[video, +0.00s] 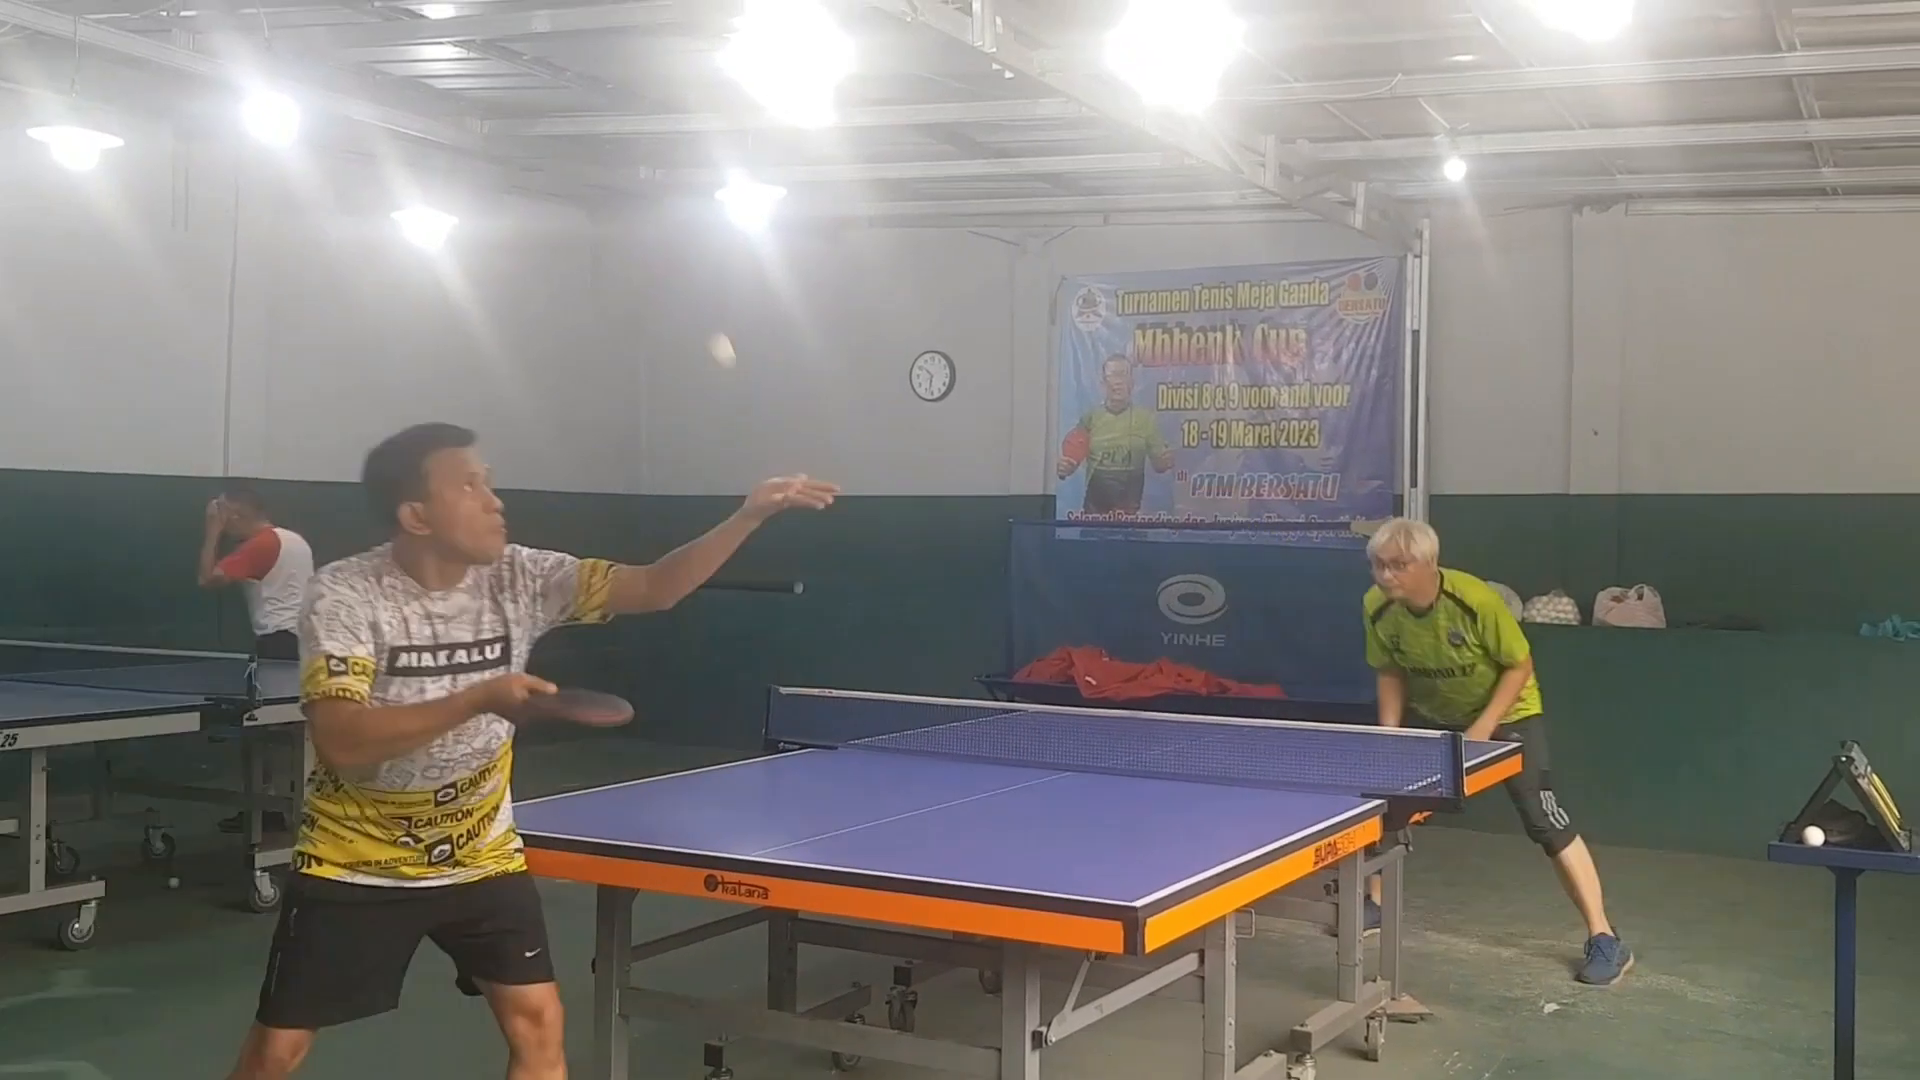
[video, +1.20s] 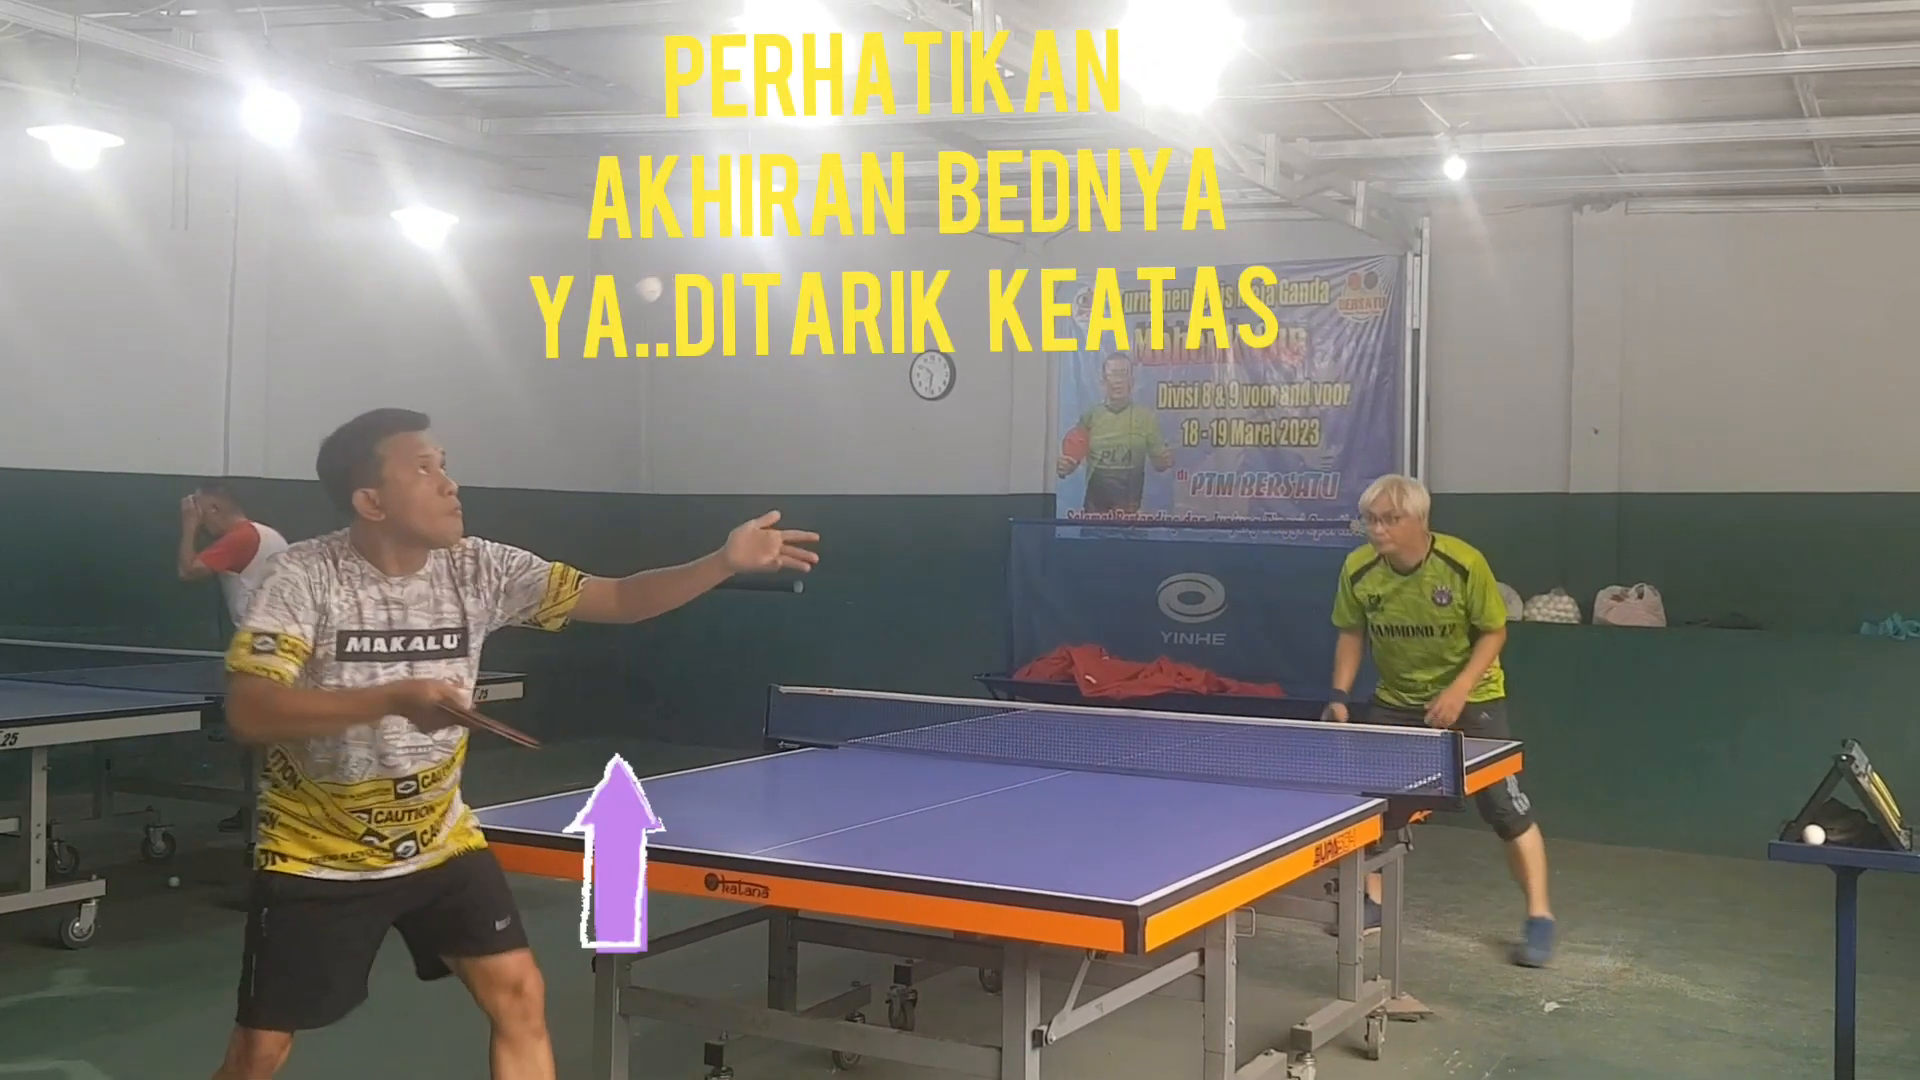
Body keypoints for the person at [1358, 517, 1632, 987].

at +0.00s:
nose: (1383, 576)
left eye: (1394, 566)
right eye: (1378, 566)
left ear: (1425, 565)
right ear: (1374, 567)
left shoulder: (1475, 600)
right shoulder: (1377, 607)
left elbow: (1520, 665)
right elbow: (1388, 674)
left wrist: (1484, 726)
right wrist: (1388, 741)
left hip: (1507, 714)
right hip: (1430, 719)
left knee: (1541, 814)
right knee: (1375, 804)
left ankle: (1603, 937)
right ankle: (1369, 903)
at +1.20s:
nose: (1376, 530)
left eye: (1387, 520)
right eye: (1370, 520)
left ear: (1418, 520)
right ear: (1365, 523)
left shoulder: (1464, 565)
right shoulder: (1357, 570)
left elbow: (1494, 631)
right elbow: (1351, 633)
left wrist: (1459, 690)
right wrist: (1339, 695)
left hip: (1472, 700)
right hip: (1394, 702)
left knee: (1505, 803)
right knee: (1363, 795)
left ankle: (1539, 916)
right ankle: (1370, 897)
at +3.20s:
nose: (1349, 526)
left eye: (1360, 517)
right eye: (1343, 517)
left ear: (1391, 518)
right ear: (1340, 519)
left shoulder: (1436, 562)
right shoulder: (1332, 569)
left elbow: (1469, 630)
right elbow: (1314, 635)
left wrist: (1436, 675)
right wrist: (1287, 671)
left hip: (1440, 702)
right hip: (1362, 703)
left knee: (1485, 799)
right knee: (1315, 782)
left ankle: (1521, 909)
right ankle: (1310, 896)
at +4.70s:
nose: (1390, 530)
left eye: (1401, 519)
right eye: (1384, 521)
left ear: (1431, 518)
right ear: (1379, 524)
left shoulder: (1482, 561)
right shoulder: (1376, 574)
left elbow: (1519, 633)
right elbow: (1375, 649)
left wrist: (1480, 664)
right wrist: (1348, 671)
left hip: (1482, 718)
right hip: (1402, 718)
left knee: (1524, 814)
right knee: (1339, 789)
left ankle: (1575, 928)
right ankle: (1314, 894)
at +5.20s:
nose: (1428, 529)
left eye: (1439, 519)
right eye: (1421, 519)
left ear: (1468, 516)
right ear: (1414, 520)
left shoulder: (1518, 555)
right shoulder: (1407, 573)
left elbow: (1556, 626)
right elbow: (1424, 648)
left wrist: (1521, 652)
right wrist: (1411, 668)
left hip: (1511, 710)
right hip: (1433, 711)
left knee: (1546, 821)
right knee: (1366, 796)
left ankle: (1577, 931)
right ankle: (1318, 889)